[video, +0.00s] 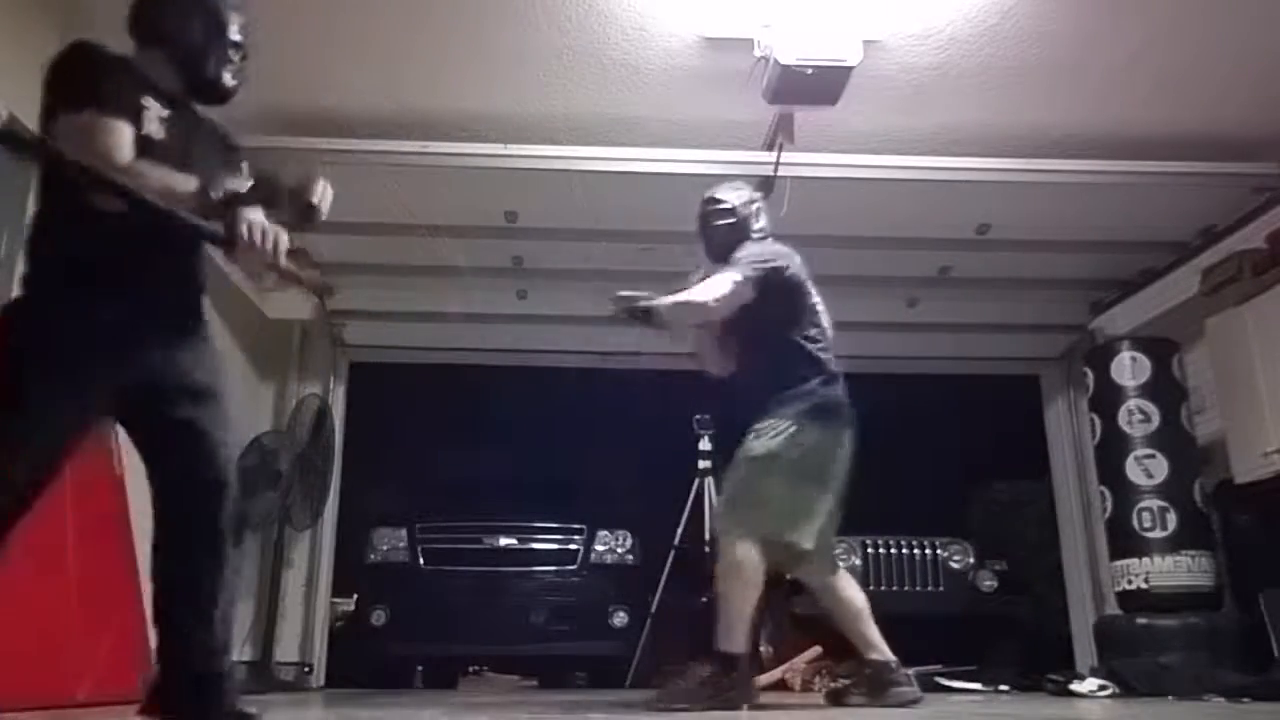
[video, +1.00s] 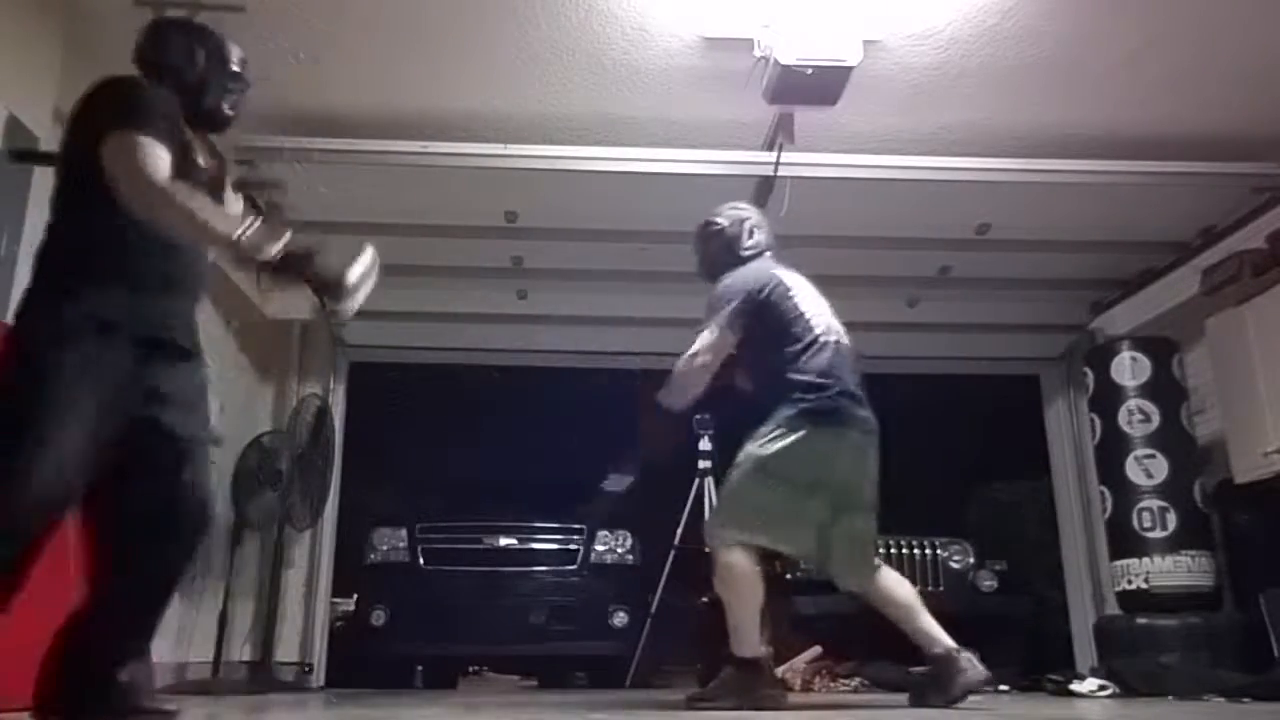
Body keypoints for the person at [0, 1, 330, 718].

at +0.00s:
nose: (238, 49)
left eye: (241, 37)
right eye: (224, 30)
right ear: (167, 22)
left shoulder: (212, 142)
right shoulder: (92, 66)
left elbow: (240, 217)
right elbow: (104, 162)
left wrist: (285, 210)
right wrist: (218, 203)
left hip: (173, 345)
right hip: (66, 336)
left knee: (206, 497)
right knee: (9, 493)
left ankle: (195, 692)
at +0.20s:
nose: (232, 86)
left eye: (234, 74)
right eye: (221, 69)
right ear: (169, 58)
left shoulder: (203, 157)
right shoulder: (77, 100)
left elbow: (248, 266)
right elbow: (39, 197)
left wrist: (285, 246)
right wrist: (144, 217)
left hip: (160, 355)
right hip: (49, 350)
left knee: (224, 480)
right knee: (1, 490)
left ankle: (226, 659)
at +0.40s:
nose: (294, 150)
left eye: (296, 138)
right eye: (286, 130)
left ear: (253, 137)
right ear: (249, 119)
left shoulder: (259, 215)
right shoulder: (150, 126)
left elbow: (335, 296)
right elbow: (23, 115)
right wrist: (134, 96)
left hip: (177, 378)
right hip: (74, 356)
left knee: (242, 502)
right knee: (6, 478)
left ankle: (259, 672)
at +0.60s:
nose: (295, 176)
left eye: (297, 164)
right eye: (289, 158)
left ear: (254, 157)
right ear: (256, 145)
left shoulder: (259, 246)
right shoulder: (160, 148)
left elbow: (272, 352)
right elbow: (49, 79)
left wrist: (349, 389)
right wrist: (154, 42)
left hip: (189, 400)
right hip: (91, 383)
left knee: (265, 515)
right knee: (21, 528)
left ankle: (265, 686)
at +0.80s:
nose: (233, 109)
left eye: (238, 99)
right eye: (224, 94)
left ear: (228, 100)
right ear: (188, 81)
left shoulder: (192, 178)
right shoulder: (112, 105)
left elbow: (171, 284)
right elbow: (169, 125)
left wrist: (243, 315)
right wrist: (302, 101)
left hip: (163, 356)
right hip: (72, 343)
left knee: (216, 497)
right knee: (9, 497)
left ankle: (230, 676)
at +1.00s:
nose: (240, 89)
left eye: (242, 77)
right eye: (229, 72)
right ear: (184, 66)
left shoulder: (204, 162)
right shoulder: (131, 101)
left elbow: (228, 250)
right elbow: (144, 187)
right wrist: (254, 241)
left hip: (166, 356)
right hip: (82, 340)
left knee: (174, 517)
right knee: (27, 497)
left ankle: (89, 681)